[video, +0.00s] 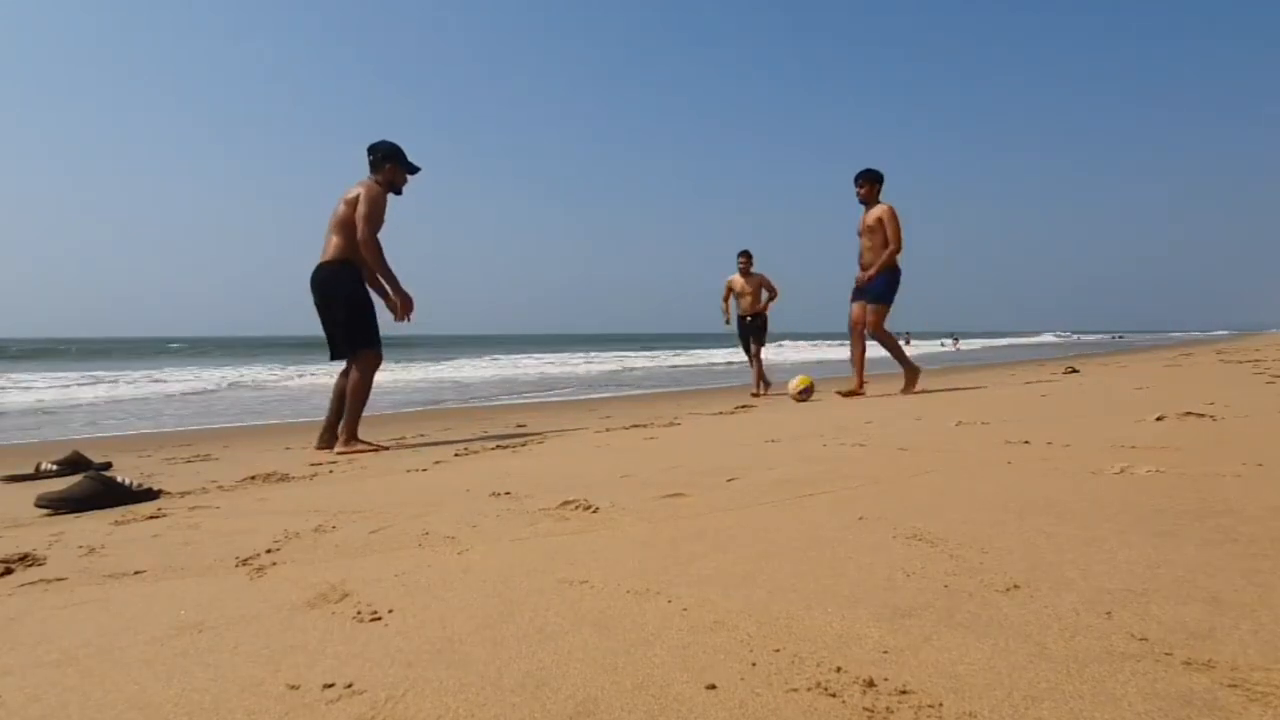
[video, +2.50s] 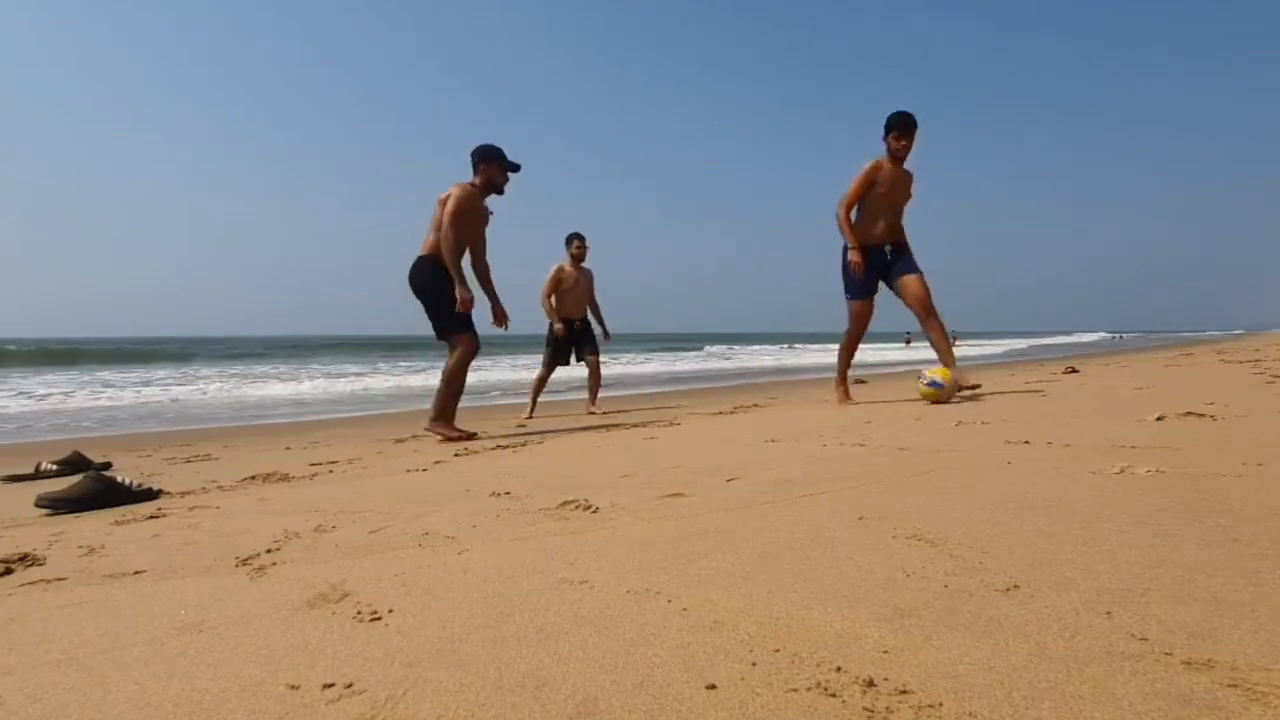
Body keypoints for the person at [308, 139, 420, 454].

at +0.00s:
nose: (406, 179)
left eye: (406, 173)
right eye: (403, 172)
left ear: (379, 169)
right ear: (387, 168)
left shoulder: (358, 193)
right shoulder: (372, 191)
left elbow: (361, 260)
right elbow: (365, 239)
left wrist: (387, 298)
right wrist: (397, 289)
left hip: (330, 276)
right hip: (342, 276)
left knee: (358, 359)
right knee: (369, 356)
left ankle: (328, 436)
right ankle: (348, 437)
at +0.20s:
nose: (412, 175)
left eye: (412, 169)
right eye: (408, 168)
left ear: (387, 167)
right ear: (392, 165)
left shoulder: (367, 193)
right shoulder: (380, 192)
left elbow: (368, 256)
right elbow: (375, 242)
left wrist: (393, 295)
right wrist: (405, 290)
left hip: (344, 276)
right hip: (350, 275)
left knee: (375, 357)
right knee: (378, 357)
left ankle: (358, 431)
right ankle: (351, 435)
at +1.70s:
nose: (437, 193)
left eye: (437, 188)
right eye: (433, 188)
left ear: (415, 189)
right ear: (417, 188)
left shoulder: (402, 214)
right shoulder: (409, 215)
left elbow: (399, 263)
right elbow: (405, 262)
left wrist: (421, 300)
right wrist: (426, 300)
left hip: (389, 287)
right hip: (393, 289)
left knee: (405, 358)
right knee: (403, 359)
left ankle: (382, 422)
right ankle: (365, 421)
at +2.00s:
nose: (455, 225)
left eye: (455, 220)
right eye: (451, 220)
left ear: (432, 221)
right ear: (436, 220)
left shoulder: (418, 243)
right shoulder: (433, 242)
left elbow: (422, 298)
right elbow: (429, 285)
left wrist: (449, 326)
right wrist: (448, 325)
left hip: (390, 311)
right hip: (403, 313)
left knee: (426, 372)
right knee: (439, 375)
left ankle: (397, 425)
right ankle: (384, 414)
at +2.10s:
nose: (465, 228)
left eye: (465, 223)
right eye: (461, 222)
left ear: (441, 222)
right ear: (445, 221)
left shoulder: (424, 244)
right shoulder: (439, 245)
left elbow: (427, 297)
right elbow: (432, 286)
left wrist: (451, 330)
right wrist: (448, 329)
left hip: (392, 311)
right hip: (407, 312)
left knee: (427, 368)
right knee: (457, 367)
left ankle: (398, 424)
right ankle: (413, 415)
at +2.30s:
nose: (487, 204)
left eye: (486, 199)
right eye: (482, 198)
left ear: (462, 198)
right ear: (465, 197)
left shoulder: (444, 220)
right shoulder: (454, 222)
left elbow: (442, 273)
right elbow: (444, 270)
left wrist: (461, 314)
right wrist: (458, 312)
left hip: (413, 295)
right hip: (428, 296)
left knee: (428, 359)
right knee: (469, 359)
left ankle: (406, 418)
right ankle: (448, 426)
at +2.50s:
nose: (507, 177)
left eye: (507, 171)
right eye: (503, 170)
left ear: (486, 171)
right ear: (483, 169)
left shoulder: (481, 212)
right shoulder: (463, 193)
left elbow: (479, 260)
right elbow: (446, 235)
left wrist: (495, 302)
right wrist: (460, 283)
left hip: (444, 275)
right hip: (431, 271)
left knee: (465, 346)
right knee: (466, 344)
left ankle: (446, 420)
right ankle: (439, 419)